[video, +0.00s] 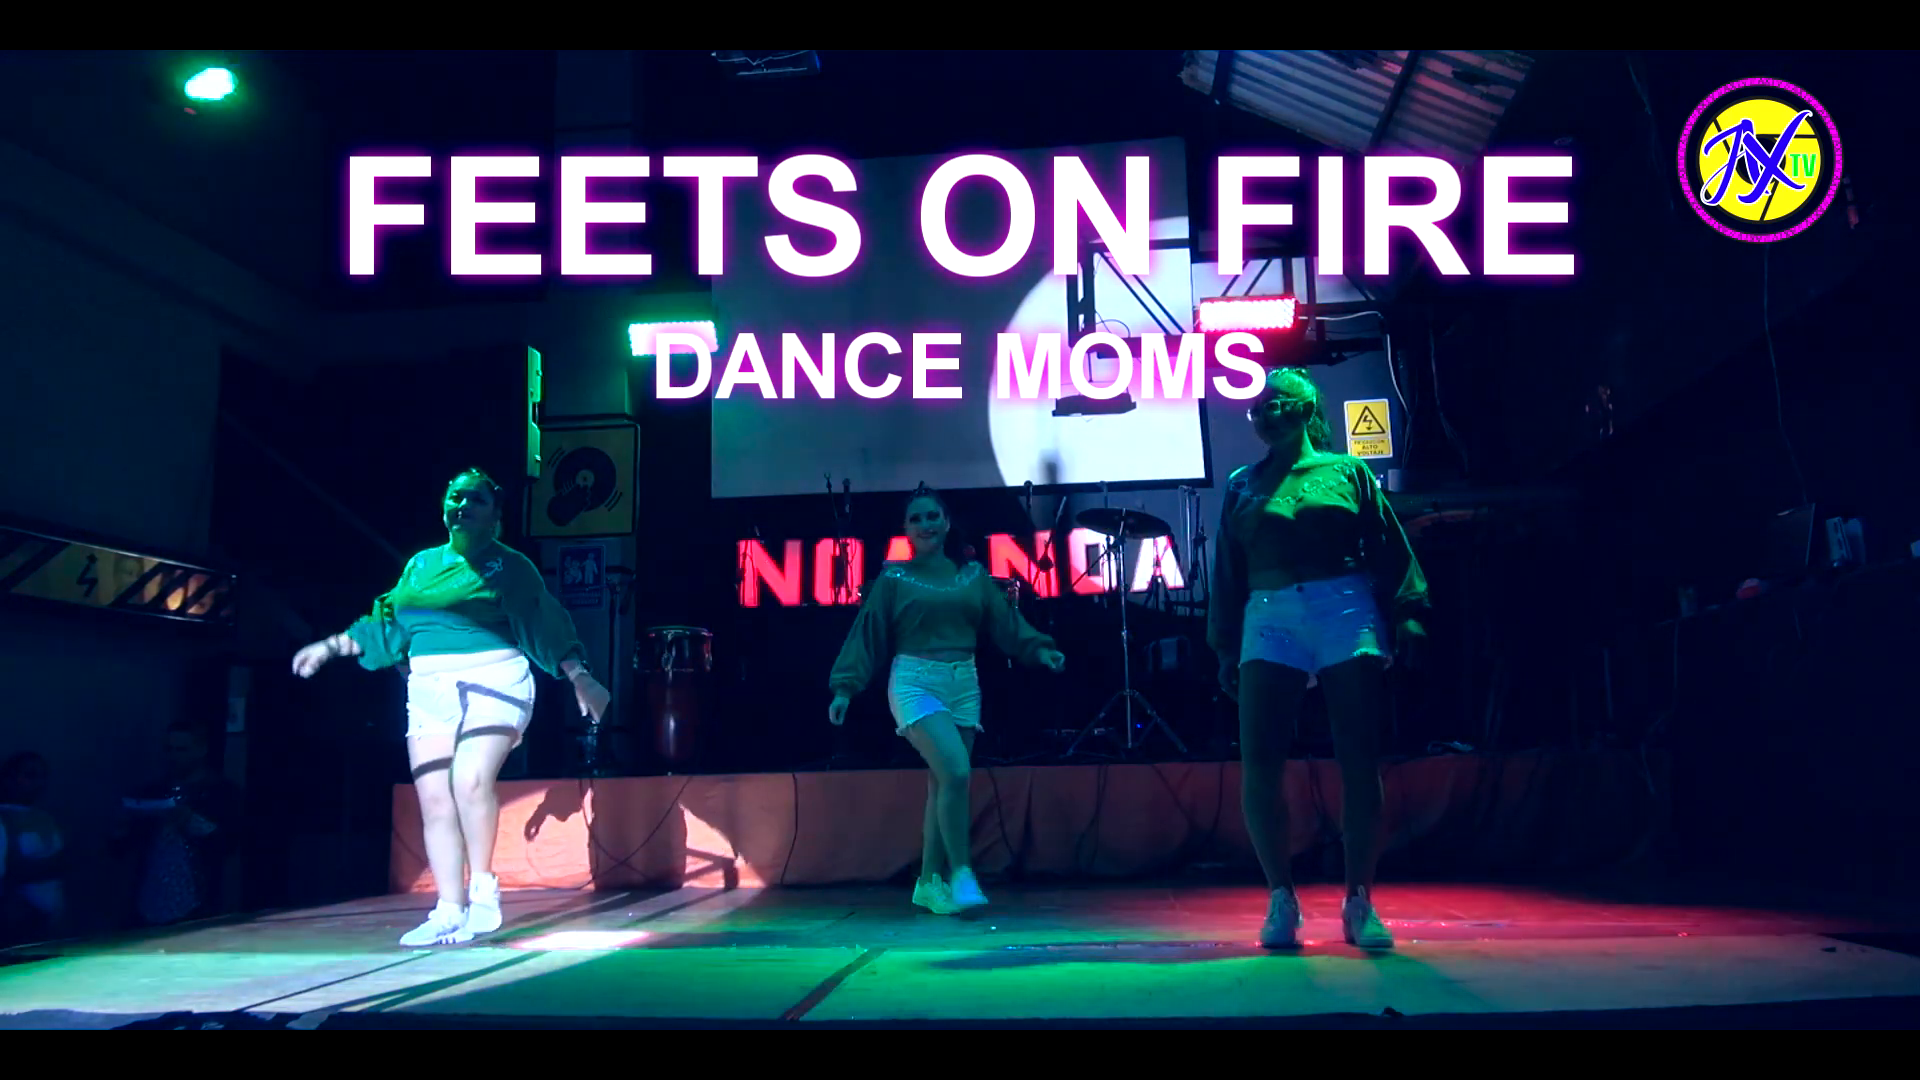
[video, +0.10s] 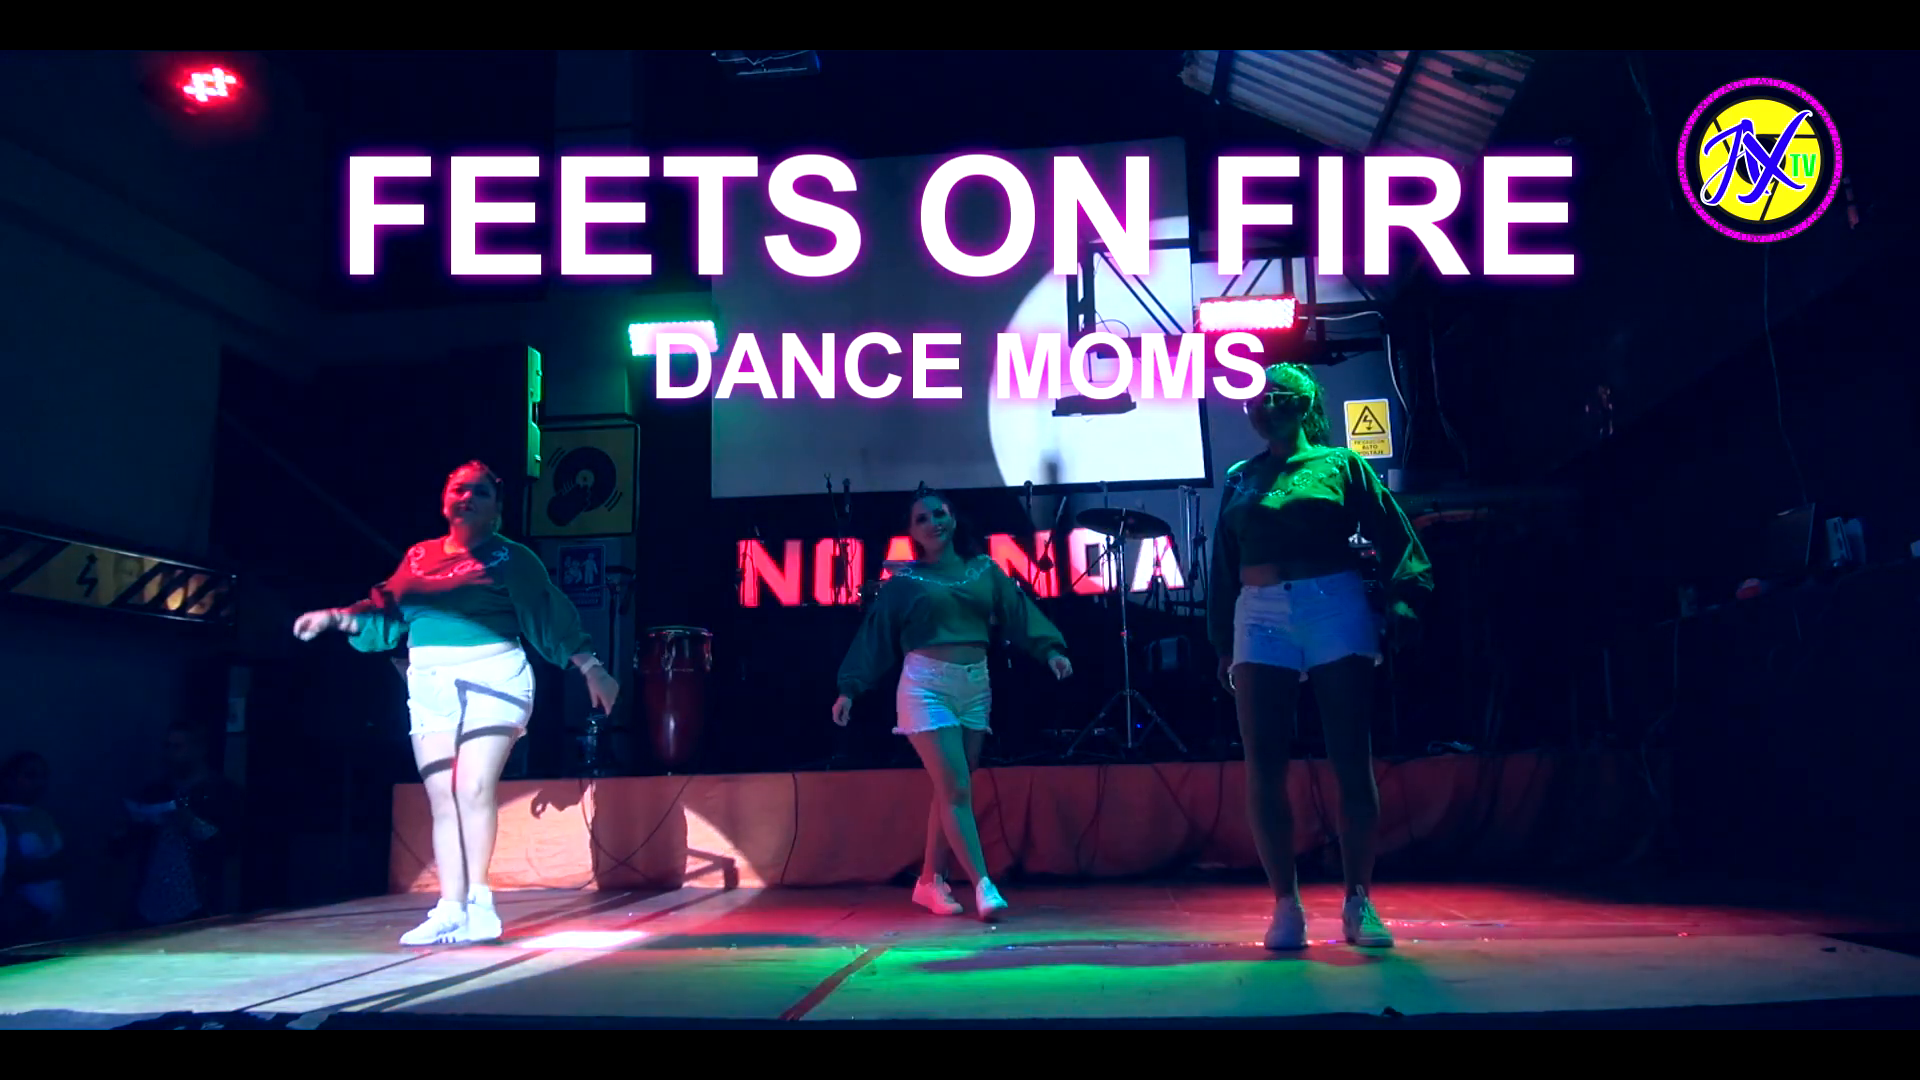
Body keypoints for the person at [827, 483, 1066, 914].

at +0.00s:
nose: (926, 524)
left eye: (933, 517)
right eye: (917, 518)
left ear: (947, 523)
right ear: (906, 527)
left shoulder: (973, 577)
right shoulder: (893, 579)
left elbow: (1007, 624)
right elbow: (864, 638)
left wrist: (1039, 649)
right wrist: (844, 687)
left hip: (963, 682)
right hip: (912, 681)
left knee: (946, 782)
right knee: (956, 771)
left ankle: (929, 882)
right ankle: (962, 874)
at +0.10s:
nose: (933, 522)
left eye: (939, 514)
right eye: (923, 518)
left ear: (953, 520)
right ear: (912, 531)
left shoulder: (985, 572)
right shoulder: (905, 582)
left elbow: (1022, 612)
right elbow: (872, 638)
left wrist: (1051, 650)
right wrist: (849, 689)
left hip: (975, 683)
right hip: (924, 684)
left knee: (952, 789)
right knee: (956, 789)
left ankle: (930, 881)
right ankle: (983, 884)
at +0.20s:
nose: (944, 520)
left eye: (947, 513)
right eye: (932, 519)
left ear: (960, 522)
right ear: (921, 538)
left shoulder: (995, 576)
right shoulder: (913, 585)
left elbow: (1031, 627)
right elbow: (887, 646)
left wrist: (1056, 674)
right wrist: (861, 700)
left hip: (986, 687)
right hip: (933, 689)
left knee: (974, 794)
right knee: (959, 795)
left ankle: (938, 877)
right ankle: (989, 891)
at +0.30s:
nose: (954, 517)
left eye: (958, 510)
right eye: (942, 516)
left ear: (971, 520)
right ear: (931, 535)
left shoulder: (1004, 573)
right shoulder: (922, 580)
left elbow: (1029, 636)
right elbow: (901, 641)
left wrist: (1038, 693)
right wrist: (889, 699)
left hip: (994, 682)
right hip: (935, 684)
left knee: (1001, 791)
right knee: (958, 793)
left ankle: (961, 842)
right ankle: (988, 889)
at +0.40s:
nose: (964, 517)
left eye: (967, 510)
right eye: (951, 516)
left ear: (980, 520)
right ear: (939, 536)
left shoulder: (1012, 577)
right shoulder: (930, 581)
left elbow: (1031, 644)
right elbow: (910, 637)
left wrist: (1037, 699)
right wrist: (901, 682)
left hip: (996, 681)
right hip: (938, 683)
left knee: (986, 772)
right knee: (961, 796)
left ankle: (1009, 810)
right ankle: (988, 889)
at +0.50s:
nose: (971, 514)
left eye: (976, 506)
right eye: (959, 510)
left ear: (990, 516)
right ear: (947, 527)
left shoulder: (1015, 571)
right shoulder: (932, 576)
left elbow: (1041, 637)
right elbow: (910, 629)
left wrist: (1056, 692)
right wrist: (912, 659)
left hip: (997, 676)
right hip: (938, 677)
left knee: (967, 757)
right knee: (960, 793)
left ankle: (1021, 809)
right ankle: (990, 887)